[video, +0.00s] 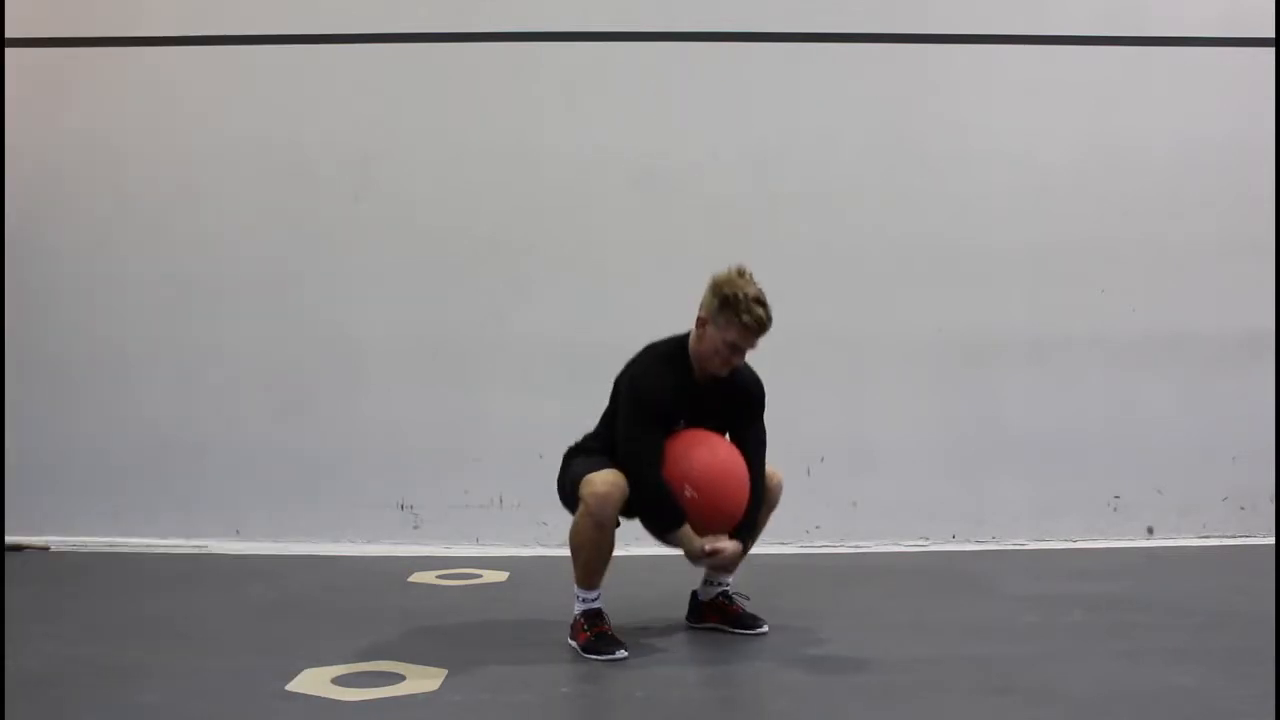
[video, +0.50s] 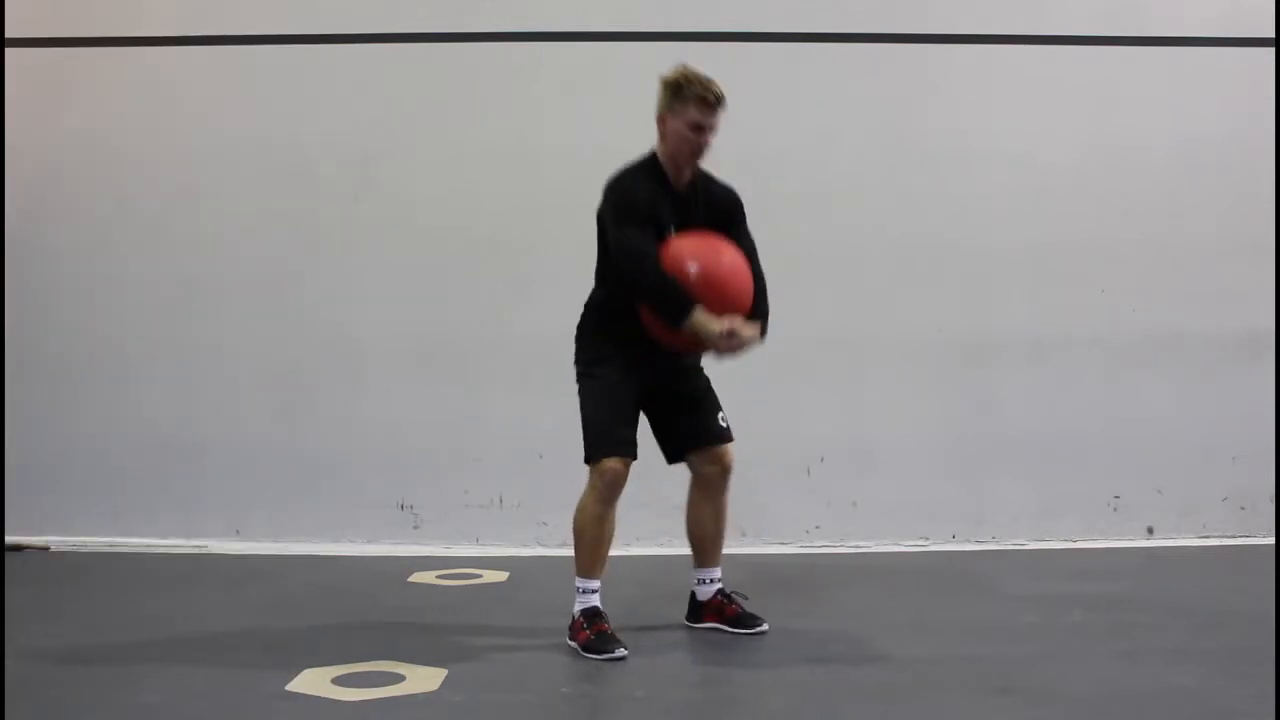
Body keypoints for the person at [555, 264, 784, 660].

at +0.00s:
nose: (738, 360)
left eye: (746, 351)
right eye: (732, 348)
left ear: (755, 343)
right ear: (701, 324)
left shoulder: (746, 388)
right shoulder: (650, 370)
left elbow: (754, 474)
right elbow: (639, 472)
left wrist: (739, 542)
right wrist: (690, 544)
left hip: (681, 477)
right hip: (606, 464)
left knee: (768, 484)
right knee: (605, 490)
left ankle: (710, 598)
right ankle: (587, 614)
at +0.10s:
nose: (738, 337)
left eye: (746, 327)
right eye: (731, 324)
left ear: (755, 320)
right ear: (701, 303)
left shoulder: (745, 368)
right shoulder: (650, 351)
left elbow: (750, 453)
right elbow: (637, 450)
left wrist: (739, 514)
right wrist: (685, 515)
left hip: (679, 459)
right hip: (605, 444)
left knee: (767, 484)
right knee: (606, 489)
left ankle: (711, 597)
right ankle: (587, 614)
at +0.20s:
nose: (736, 285)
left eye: (744, 275)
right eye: (729, 272)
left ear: (750, 271)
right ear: (698, 254)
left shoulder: (741, 325)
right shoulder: (647, 309)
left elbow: (749, 403)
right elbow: (634, 406)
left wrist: (738, 465)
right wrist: (688, 470)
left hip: (669, 421)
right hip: (602, 412)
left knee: (760, 477)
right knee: (606, 488)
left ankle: (711, 597)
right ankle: (586, 614)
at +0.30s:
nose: (731, 240)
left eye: (738, 231)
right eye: (724, 228)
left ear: (744, 228)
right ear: (694, 214)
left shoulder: (737, 288)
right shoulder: (644, 274)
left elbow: (749, 369)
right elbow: (633, 365)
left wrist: (740, 432)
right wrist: (685, 426)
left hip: (666, 400)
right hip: (603, 389)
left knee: (750, 473)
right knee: (606, 481)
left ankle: (710, 596)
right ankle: (586, 613)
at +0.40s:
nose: (712, 169)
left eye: (719, 160)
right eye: (704, 156)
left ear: (726, 163)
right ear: (675, 152)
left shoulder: (728, 231)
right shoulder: (635, 218)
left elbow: (748, 307)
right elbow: (630, 303)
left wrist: (746, 363)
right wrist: (693, 358)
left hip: (671, 364)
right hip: (607, 356)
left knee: (728, 464)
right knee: (609, 472)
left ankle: (709, 596)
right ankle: (586, 611)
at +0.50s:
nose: (703, 140)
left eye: (711, 130)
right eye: (694, 128)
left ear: (717, 130)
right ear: (662, 123)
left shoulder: (720, 201)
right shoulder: (627, 191)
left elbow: (750, 276)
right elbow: (633, 270)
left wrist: (752, 324)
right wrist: (698, 319)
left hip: (673, 347)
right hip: (611, 343)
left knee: (715, 460)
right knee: (610, 469)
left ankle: (708, 598)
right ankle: (586, 611)